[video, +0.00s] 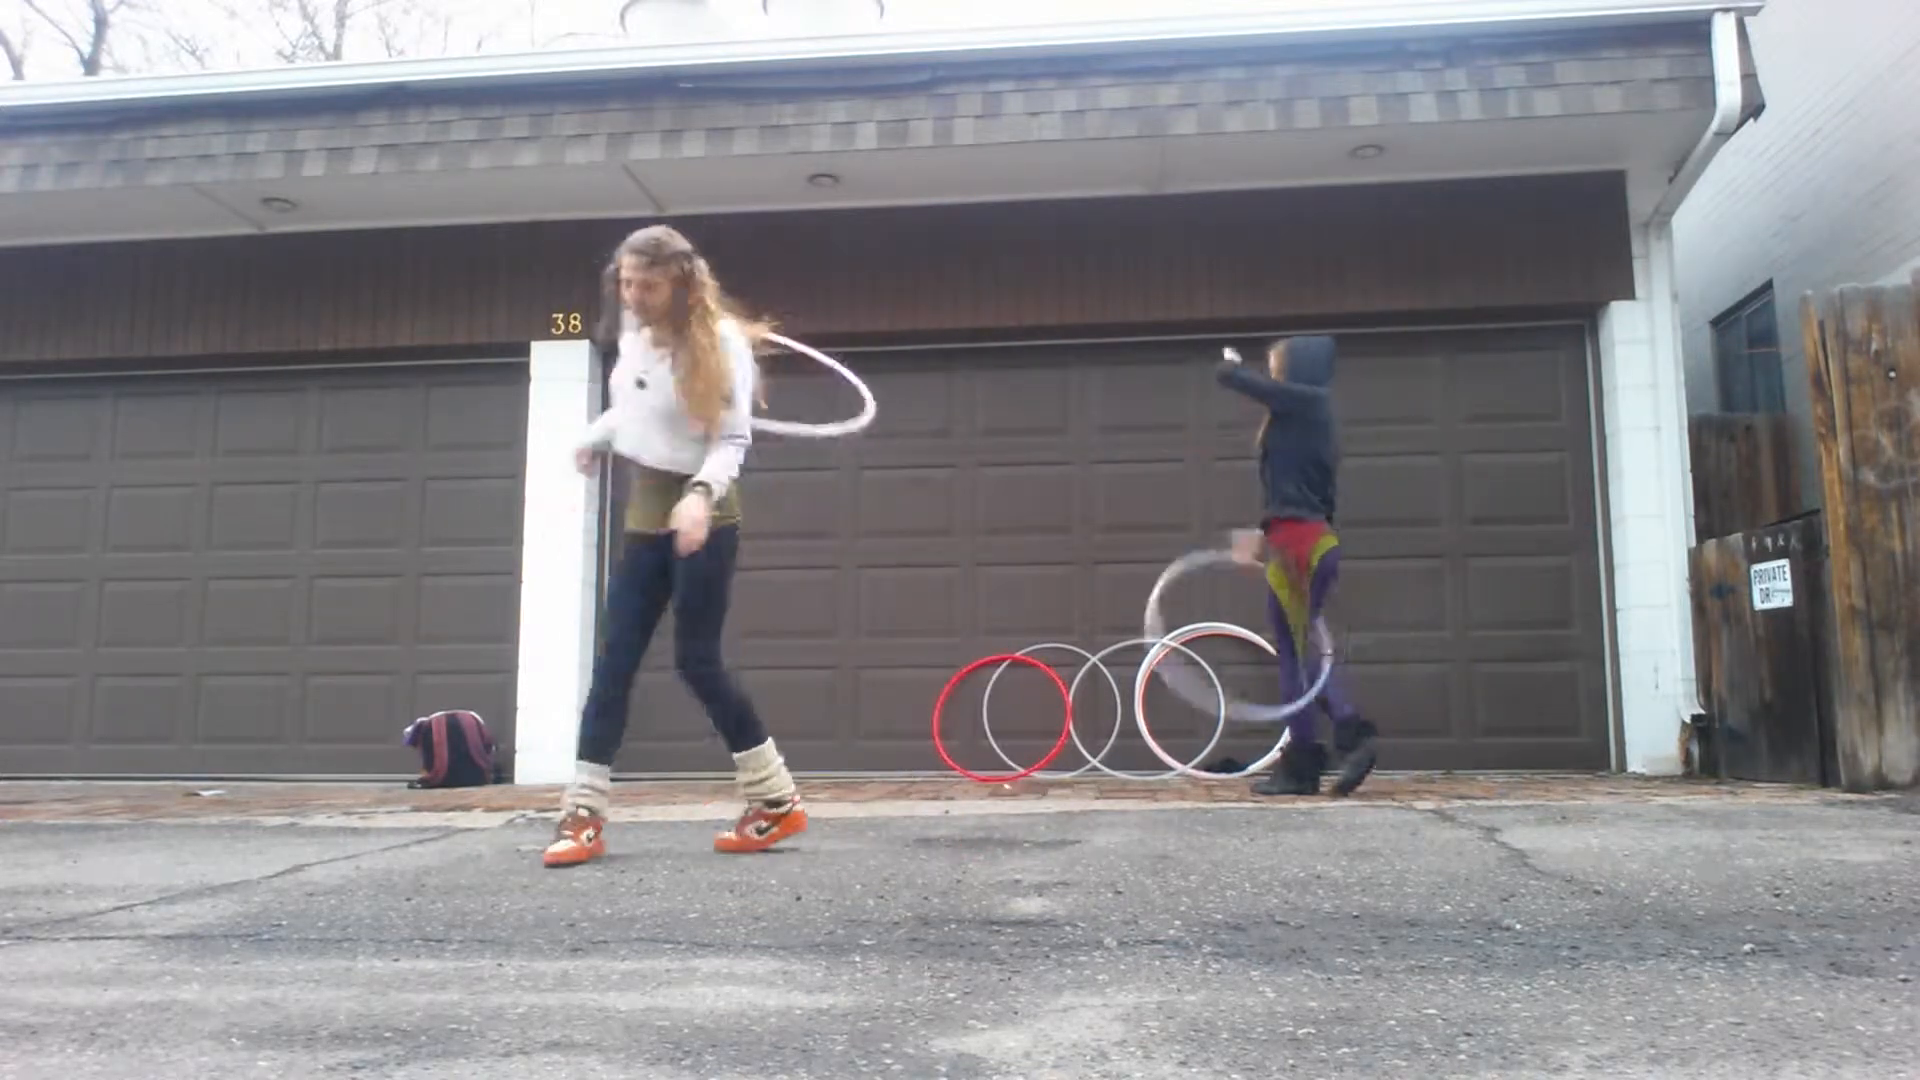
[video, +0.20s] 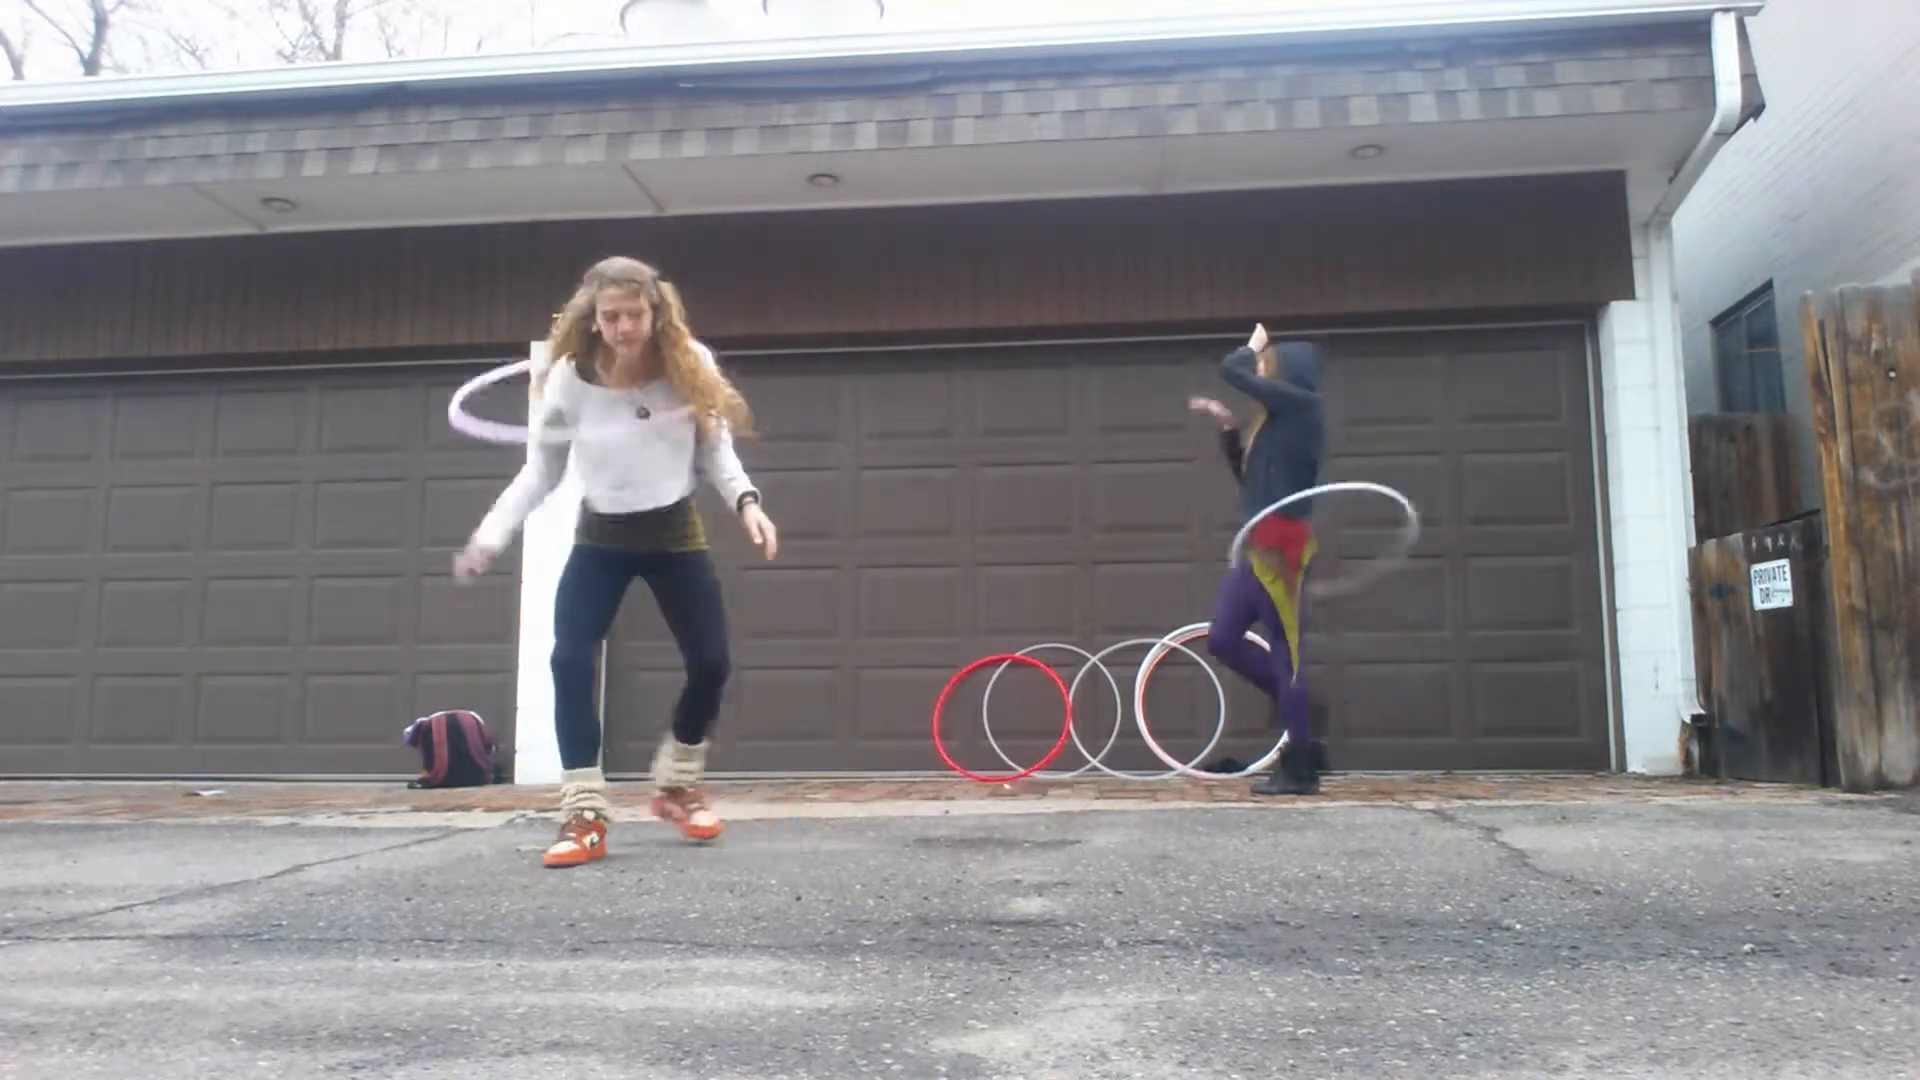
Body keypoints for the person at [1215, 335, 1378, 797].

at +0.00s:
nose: (1270, 368)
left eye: (1276, 361)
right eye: (1270, 362)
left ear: (1295, 365)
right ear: (1310, 366)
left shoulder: (1306, 400)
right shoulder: (1300, 409)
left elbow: (1231, 378)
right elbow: (1295, 481)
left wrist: (1233, 363)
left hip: (1301, 537)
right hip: (1292, 537)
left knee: (1300, 648)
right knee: (1294, 652)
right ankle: (1302, 760)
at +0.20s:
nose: (1257, 370)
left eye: (1264, 364)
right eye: (1258, 363)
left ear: (1287, 370)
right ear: (1288, 373)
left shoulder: (1302, 406)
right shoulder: (1272, 417)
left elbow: (1233, 371)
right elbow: (1249, 479)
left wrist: (1254, 344)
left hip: (1283, 537)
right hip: (1258, 537)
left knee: (1284, 651)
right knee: (1223, 640)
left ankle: (1300, 762)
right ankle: (1302, 704)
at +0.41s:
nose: (1242, 379)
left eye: (1251, 372)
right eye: (1242, 373)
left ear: (1274, 376)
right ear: (1247, 379)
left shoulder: (1287, 413)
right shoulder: (1249, 422)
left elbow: (1216, 394)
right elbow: (1209, 462)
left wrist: (1230, 362)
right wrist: (1230, 413)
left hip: (1264, 545)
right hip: (1233, 542)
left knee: (1268, 652)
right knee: (1186, 626)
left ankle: (1295, 761)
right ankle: (1240, 705)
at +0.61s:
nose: (1223, 400)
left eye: (1234, 394)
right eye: (1222, 393)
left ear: (1253, 404)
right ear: (1219, 399)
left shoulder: (1258, 447)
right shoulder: (1219, 447)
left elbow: (1212, 479)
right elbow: (1172, 489)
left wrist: (1193, 429)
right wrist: (1177, 445)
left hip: (1265, 577)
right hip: (1232, 577)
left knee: (1210, 661)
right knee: (1192, 667)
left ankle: (1267, 753)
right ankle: (1221, 760)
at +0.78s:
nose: (1196, 483)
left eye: (1205, 479)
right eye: (1195, 476)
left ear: (1223, 487)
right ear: (1188, 479)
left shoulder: (1229, 528)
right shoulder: (1189, 523)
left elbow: (1235, 553)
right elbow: (1162, 533)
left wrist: (1194, 518)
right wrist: (1146, 507)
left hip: (1267, 642)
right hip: (1228, 641)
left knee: (1196, 685)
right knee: (1170, 684)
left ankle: (1254, 750)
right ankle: (1221, 759)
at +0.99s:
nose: (1185, 563)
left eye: (1194, 554)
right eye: (1180, 555)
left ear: (1211, 560)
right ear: (1173, 561)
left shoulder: (1234, 596)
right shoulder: (1177, 595)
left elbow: (1294, 617)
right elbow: (1142, 570)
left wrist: (1236, 607)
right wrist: (1135, 581)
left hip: (1264, 692)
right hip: (1216, 685)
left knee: (1192, 688)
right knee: (1165, 686)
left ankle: (1248, 761)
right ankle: (1222, 759)